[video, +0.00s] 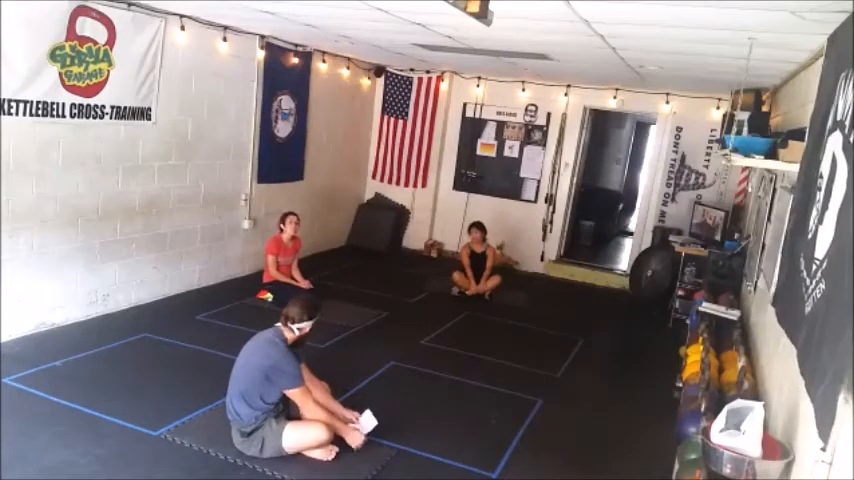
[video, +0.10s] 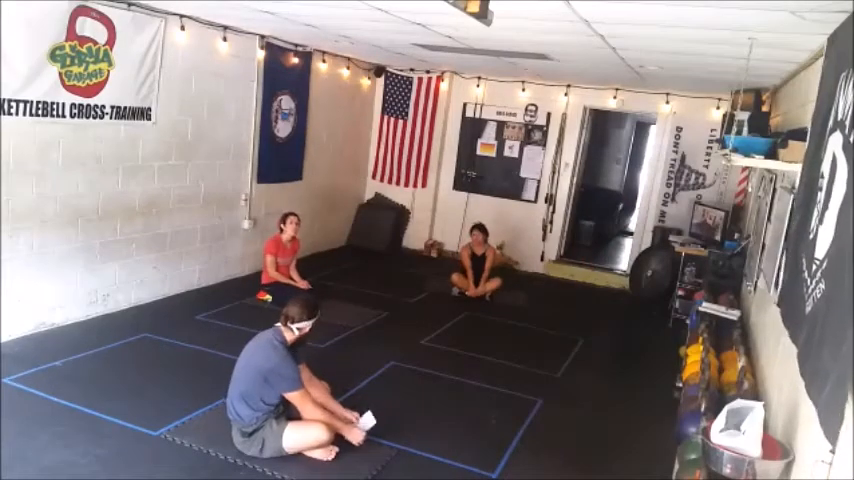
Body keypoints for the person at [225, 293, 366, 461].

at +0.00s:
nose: (311, 328)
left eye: (312, 323)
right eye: (312, 324)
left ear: (285, 317)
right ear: (304, 328)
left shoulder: (276, 336)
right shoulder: (280, 357)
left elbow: (311, 383)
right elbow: (308, 406)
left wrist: (342, 412)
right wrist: (344, 431)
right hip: (253, 433)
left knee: (322, 387)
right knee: (322, 431)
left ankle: (309, 445)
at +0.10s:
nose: (312, 327)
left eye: (313, 322)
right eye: (313, 323)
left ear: (285, 317)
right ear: (305, 327)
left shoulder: (279, 336)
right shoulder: (278, 359)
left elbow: (310, 383)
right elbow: (308, 410)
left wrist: (342, 412)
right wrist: (345, 430)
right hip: (253, 433)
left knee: (322, 387)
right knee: (323, 432)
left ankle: (310, 445)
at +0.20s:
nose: (312, 328)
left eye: (313, 323)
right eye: (313, 324)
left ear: (284, 318)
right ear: (304, 330)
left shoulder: (282, 339)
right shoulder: (272, 361)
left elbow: (309, 383)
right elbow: (306, 411)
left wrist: (341, 414)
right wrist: (345, 430)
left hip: (269, 406)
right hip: (253, 433)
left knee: (322, 387)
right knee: (322, 432)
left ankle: (309, 446)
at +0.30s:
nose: (312, 327)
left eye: (313, 323)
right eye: (313, 324)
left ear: (285, 318)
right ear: (304, 329)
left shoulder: (280, 338)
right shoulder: (273, 359)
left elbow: (309, 382)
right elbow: (307, 411)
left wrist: (341, 414)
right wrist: (344, 430)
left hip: (269, 406)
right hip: (253, 432)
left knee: (322, 387)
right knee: (322, 432)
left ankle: (309, 445)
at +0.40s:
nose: (312, 328)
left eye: (313, 323)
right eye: (313, 324)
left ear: (285, 318)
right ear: (304, 329)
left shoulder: (280, 338)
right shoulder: (273, 359)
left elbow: (309, 383)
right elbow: (306, 410)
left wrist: (341, 414)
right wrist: (343, 429)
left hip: (269, 405)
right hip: (253, 432)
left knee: (322, 387)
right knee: (323, 432)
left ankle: (309, 445)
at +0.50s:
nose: (315, 332)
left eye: (316, 326)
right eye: (312, 327)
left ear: (296, 324)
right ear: (298, 325)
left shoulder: (284, 340)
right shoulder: (272, 359)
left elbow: (309, 383)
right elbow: (306, 410)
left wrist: (341, 412)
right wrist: (342, 428)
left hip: (271, 406)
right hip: (253, 432)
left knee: (322, 387)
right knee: (322, 432)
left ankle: (309, 445)